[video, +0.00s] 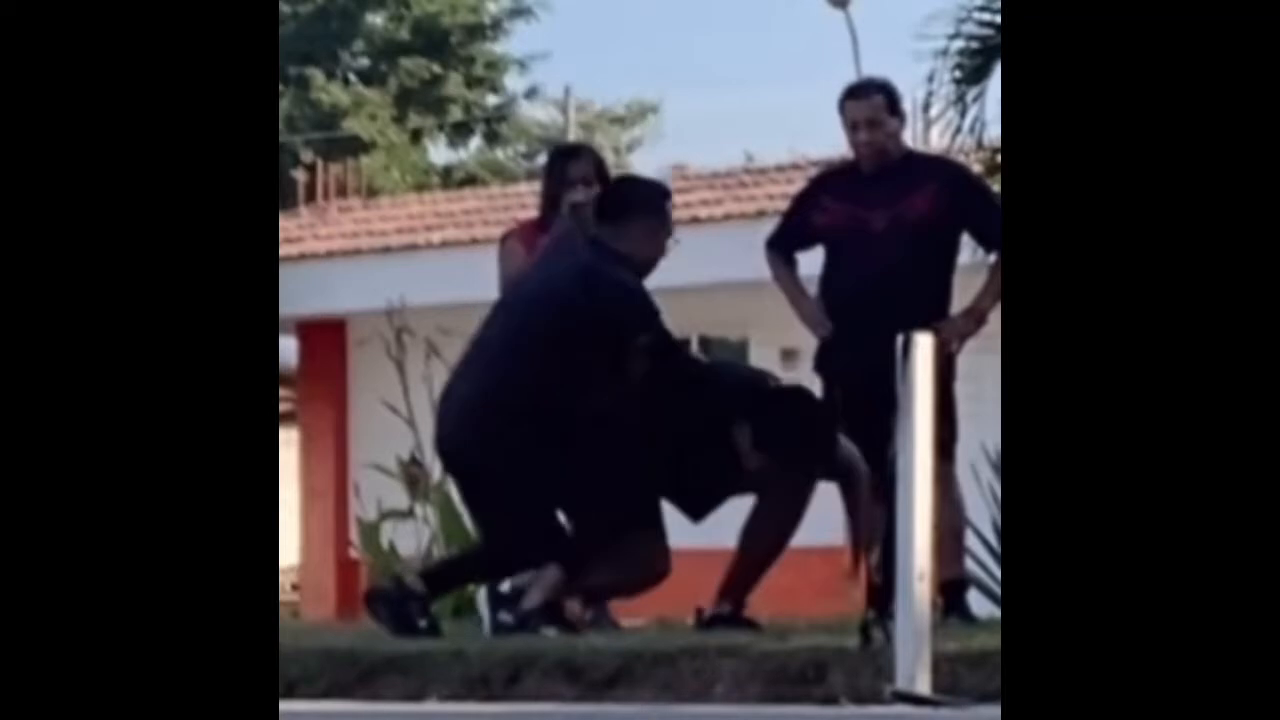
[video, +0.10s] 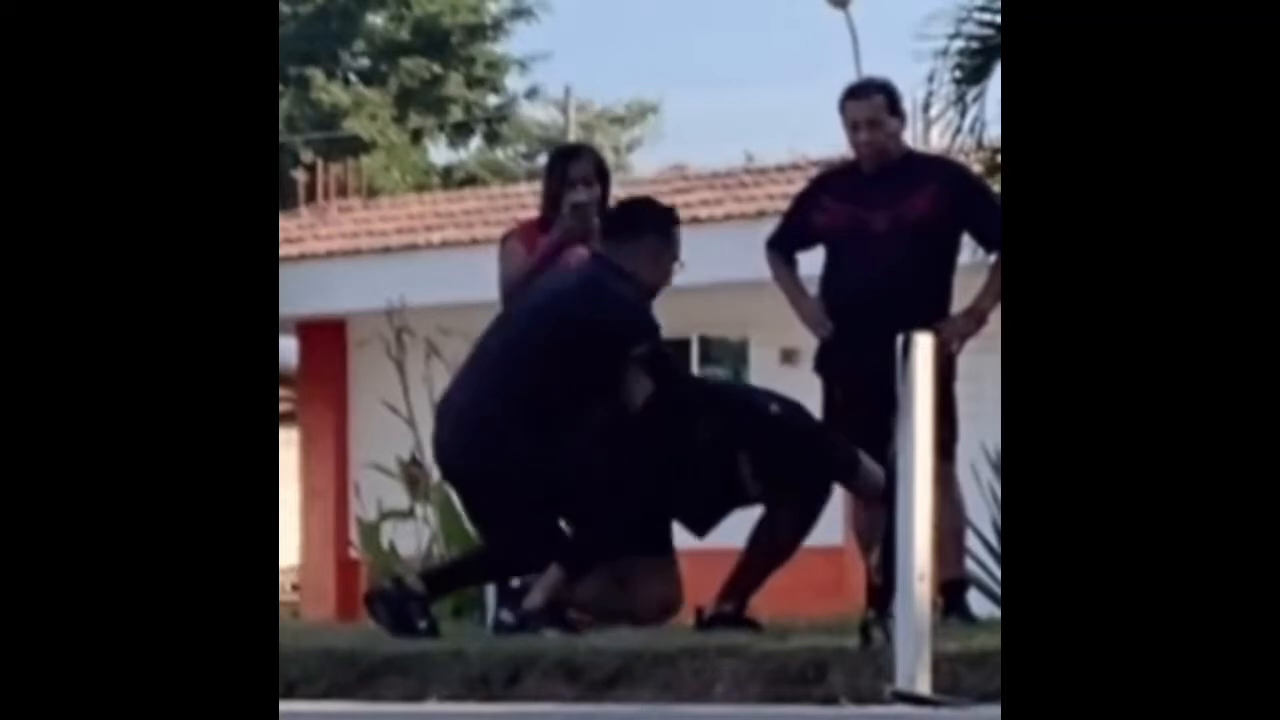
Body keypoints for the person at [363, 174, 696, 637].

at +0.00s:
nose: (664, 248)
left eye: (666, 236)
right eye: (661, 234)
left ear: (607, 222)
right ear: (637, 229)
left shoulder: (564, 265)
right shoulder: (619, 293)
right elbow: (677, 377)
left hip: (467, 424)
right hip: (510, 429)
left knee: (524, 544)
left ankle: (415, 590)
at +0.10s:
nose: (674, 271)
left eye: (674, 259)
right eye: (672, 258)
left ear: (608, 242)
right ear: (650, 252)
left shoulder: (571, 281)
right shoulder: (624, 309)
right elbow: (666, 403)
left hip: (463, 431)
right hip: (506, 439)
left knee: (530, 544)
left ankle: (417, 591)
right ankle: (537, 604)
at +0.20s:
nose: (681, 291)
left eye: (684, 279)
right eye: (680, 278)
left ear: (620, 256)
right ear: (658, 269)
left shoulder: (585, 293)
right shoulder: (622, 308)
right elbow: (669, 392)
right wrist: (734, 413)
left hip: (462, 430)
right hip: (500, 437)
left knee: (526, 552)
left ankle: (422, 592)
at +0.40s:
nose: (584, 195)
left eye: (593, 185)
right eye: (573, 186)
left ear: (605, 190)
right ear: (553, 191)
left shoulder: (619, 251)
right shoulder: (527, 239)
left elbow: (633, 305)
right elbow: (510, 291)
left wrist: (605, 254)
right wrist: (560, 238)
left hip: (596, 389)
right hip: (536, 391)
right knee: (528, 495)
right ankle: (502, 596)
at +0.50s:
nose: (708, 339)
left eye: (713, 326)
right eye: (705, 322)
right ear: (665, 307)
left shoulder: (669, 358)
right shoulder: (603, 343)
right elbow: (635, 446)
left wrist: (604, 459)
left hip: (587, 485)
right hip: (516, 473)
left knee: (644, 603)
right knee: (533, 509)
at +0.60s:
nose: (703, 357)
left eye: (709, 345)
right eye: (696, 342)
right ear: (653, 327)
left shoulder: (682, 399)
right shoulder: (599, 375)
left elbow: (663, 472)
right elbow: (616, 478)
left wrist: (606, 496)